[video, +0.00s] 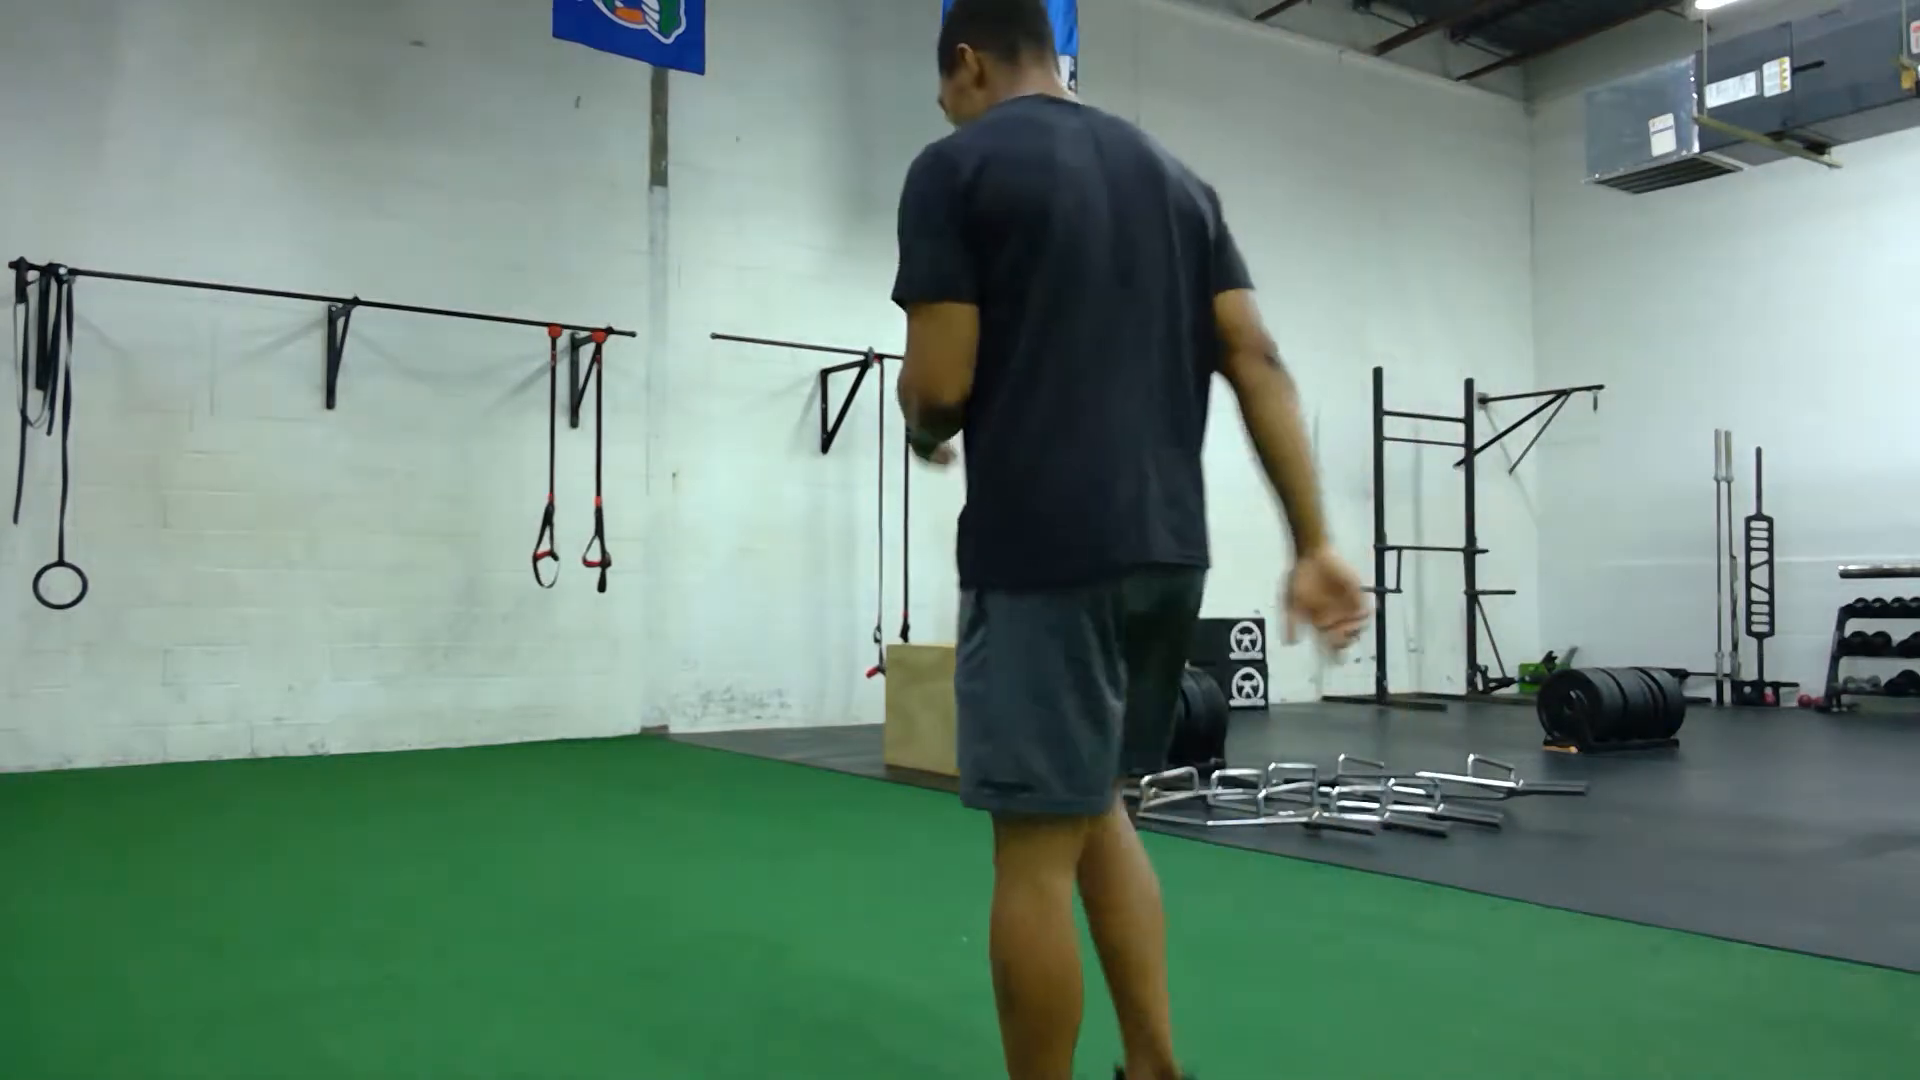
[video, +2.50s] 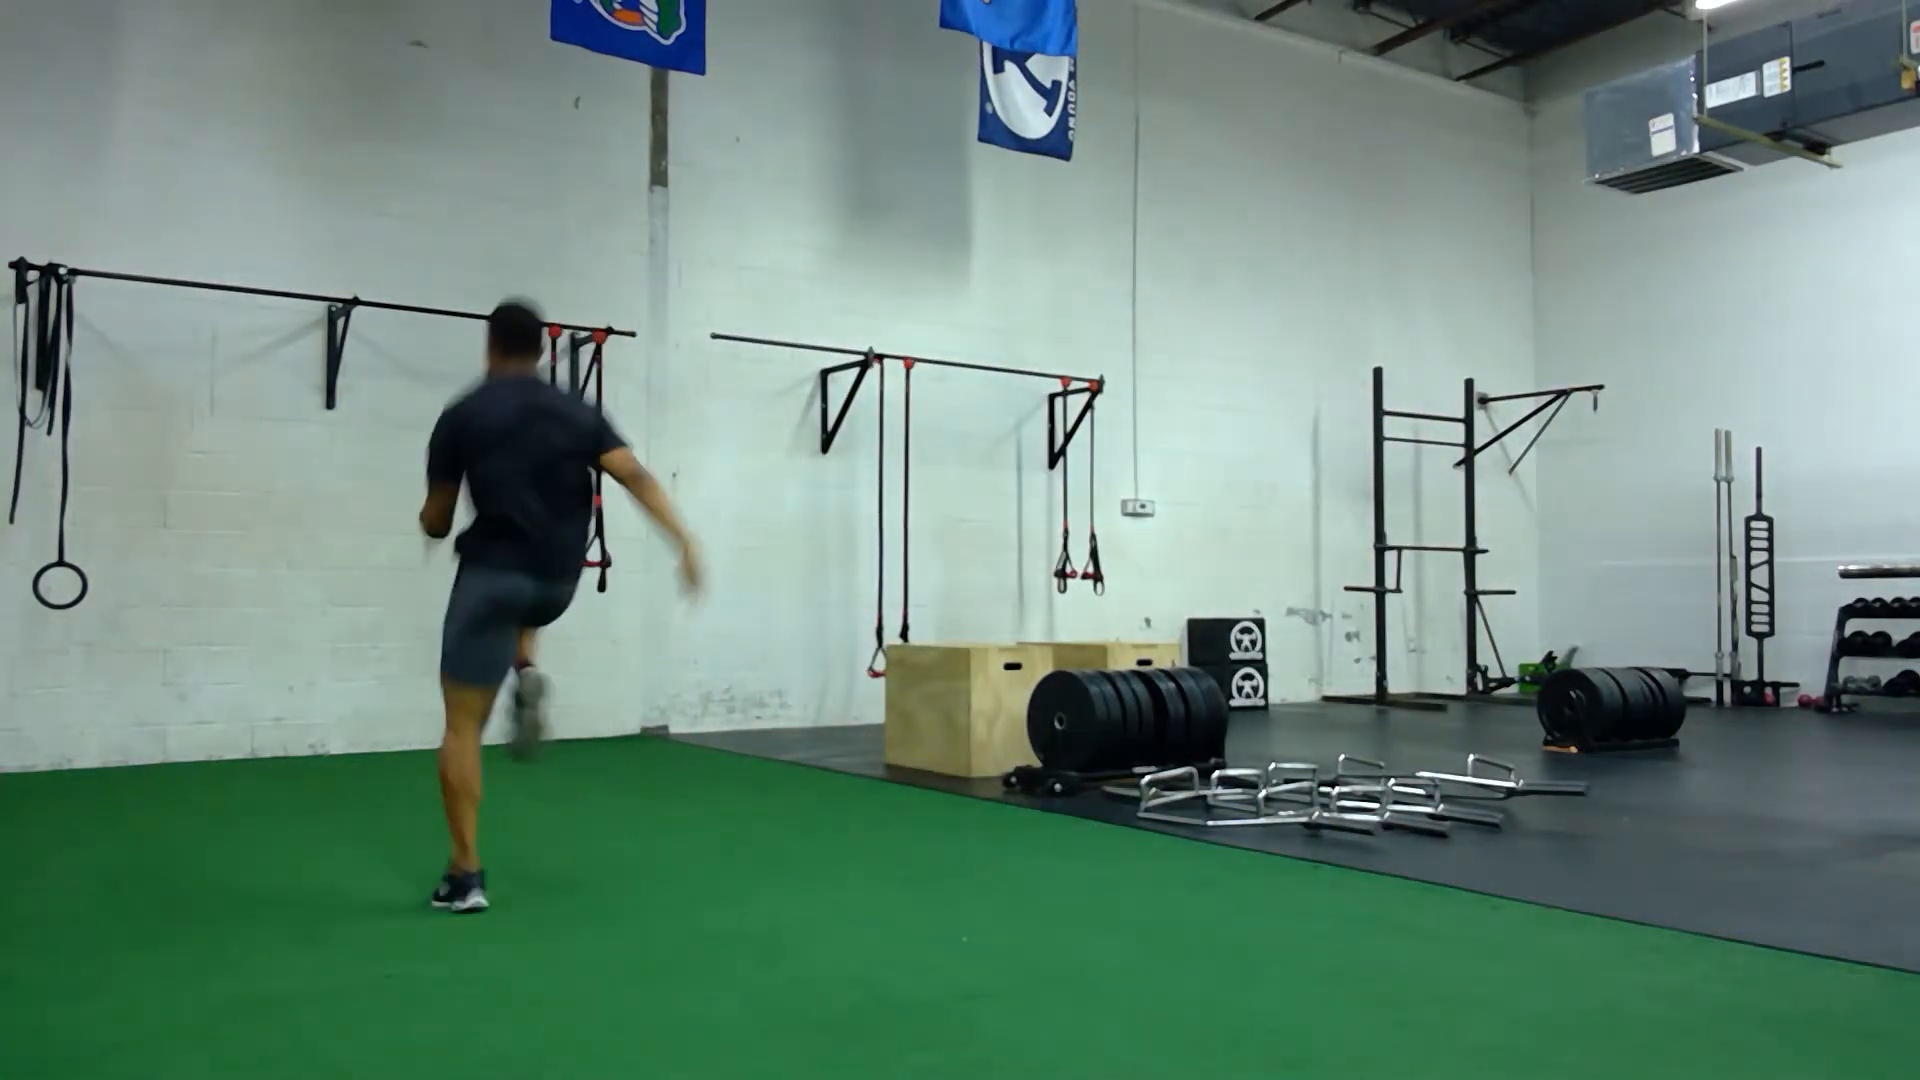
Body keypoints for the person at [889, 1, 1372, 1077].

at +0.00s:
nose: (944, 105)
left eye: (943, 87)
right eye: (944, 89)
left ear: (967, 64)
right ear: (1058, 59)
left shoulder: (956, 166)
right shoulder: (1173, 177)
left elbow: (939, 383)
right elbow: (1254, 356)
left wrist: (925, 417)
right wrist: (1314, 541)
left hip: (1041, 554)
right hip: (1170, 551)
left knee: (1035, 851)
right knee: (1100, 805)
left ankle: (1042, 1071)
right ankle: (1154, 1061)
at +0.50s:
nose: (892, 112)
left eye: (891, 96)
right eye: (895, 98)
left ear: (908, 81)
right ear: (997, 76)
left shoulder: (884, 187)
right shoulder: (1101, 193)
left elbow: (852, 402)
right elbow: (1168, 386)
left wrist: (897, 327)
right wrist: (1204, 566)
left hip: (975, 543)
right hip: (1094, 542)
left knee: (1005, 862)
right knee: (1003, 664)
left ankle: (1026, 1072)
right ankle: (1059, 855)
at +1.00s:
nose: (821, 125)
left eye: (821, 113)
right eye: (832, 113)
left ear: (832, 113)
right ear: (917, 119)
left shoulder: (804, 198)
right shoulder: (989, 218)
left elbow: (786, 350)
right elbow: (1036, 384)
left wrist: (774, 505)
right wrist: (1020, 485)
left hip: (872, 514)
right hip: (986, 511)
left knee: (847, 737)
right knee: (949, 720)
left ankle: (947, 890)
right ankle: (988, 976)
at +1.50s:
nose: (703, 204)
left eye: (702, 193)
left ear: (705, 201)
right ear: (777, 208)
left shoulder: (672, 286)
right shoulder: (824, 293)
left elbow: (644, 417)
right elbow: (888, 395)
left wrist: (689, 397)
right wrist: (887, 507)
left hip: (707, 532)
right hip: (794, 535)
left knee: (671, 712)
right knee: (734, 679)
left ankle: (724, 865)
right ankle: (725, 860)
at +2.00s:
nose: (603, 306)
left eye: (604, 295)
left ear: (608, 296)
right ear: (667, 303)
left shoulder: (593, 353)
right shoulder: (705, 383)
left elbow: (594, 430)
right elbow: (706, 498)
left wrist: (620, 539)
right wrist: (639, 497)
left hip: (591, 563)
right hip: (671, 574)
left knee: (529, 504)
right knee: (653, 732)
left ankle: (564, 658)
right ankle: (643, 895)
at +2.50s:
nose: (494, 353)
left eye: (491, 343)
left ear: (488, 346)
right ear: (541, 349)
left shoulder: (464, 414)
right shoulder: (575, 411)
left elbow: (437, 522)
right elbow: (633, 474)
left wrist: (441, 496)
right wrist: (685, 543)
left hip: (491, 584)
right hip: (557, 586)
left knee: (462, 726)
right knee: (522, 609)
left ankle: (465, 874)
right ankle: (529, 678)